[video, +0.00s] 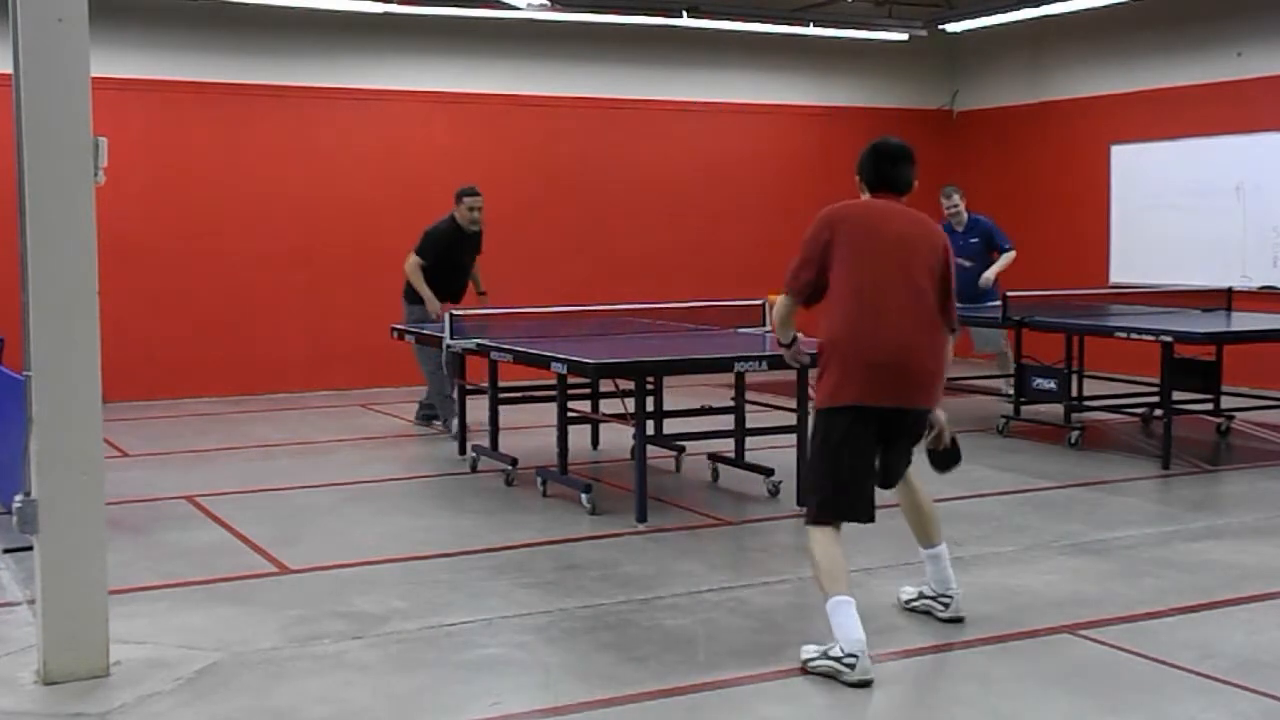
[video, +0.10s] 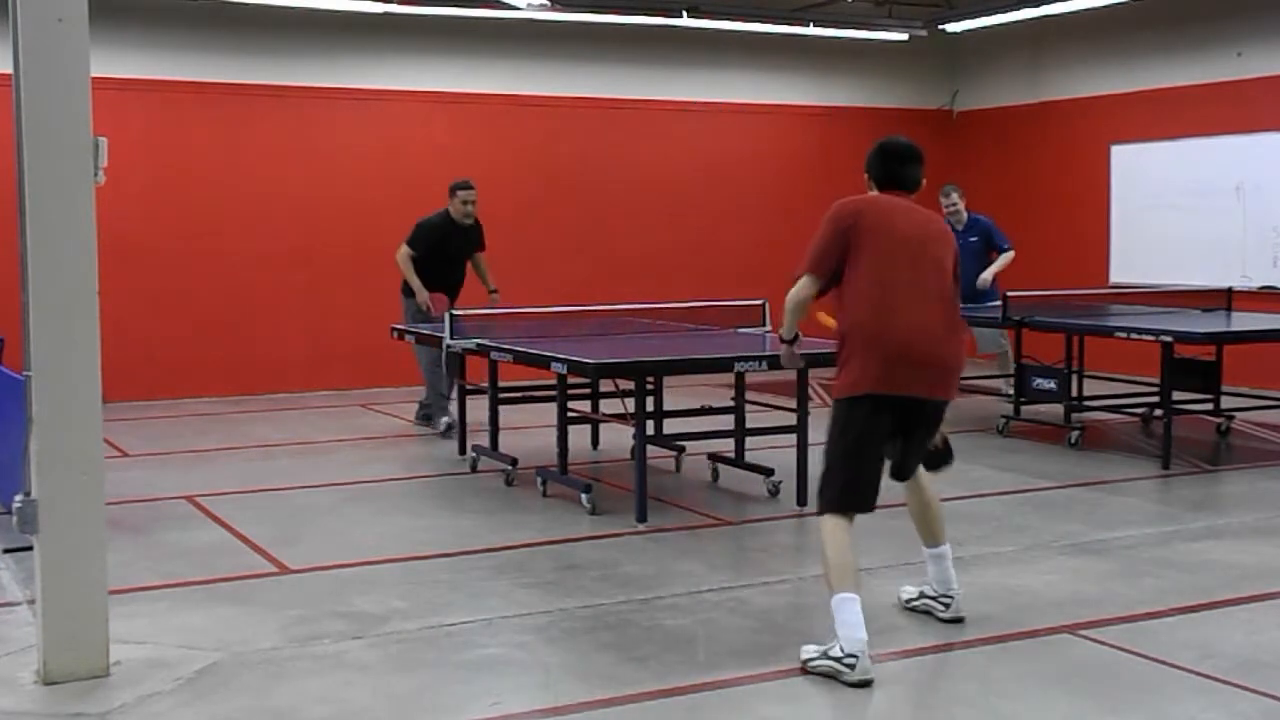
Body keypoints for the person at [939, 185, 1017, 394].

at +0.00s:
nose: (952, 211)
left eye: (955, 206)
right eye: (947, 208)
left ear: (964, 203)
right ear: (942, 209)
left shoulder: (982, 226)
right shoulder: (942, 232)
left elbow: (1009, 251)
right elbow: (935, 261)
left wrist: (993, 271)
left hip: (984, 301)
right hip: (954, 301)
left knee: (999, 346)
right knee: (943, 345)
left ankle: (1010, 385)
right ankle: (936, 388)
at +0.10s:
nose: (950, 210)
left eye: (954, 205)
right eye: (945, 206)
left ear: (963, 202)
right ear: (941, 208)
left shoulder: (981, 225)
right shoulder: (940, 230)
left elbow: (1008, 251)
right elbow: (932, 261)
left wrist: (990, 272)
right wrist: (941, 286)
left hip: (983, 301)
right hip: (952, 302)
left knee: (1000, 346)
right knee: (946, 348)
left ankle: (1009, 385)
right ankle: (942, 392)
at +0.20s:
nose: (952, 205)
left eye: (955, 200)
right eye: (947, 201)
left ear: (963, 199)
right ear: (941, 204)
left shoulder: (980, 224)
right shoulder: (940, 226)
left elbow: (1003, 251)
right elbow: (934, 255)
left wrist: (985, 270)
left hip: (981, 295)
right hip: (953, 296)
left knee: (997, 341)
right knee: (952, 341)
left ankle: (1007, 383)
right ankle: (951, 386)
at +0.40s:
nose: (963, 196)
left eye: (966, 192)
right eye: (958, 192)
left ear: (969, 193)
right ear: (947, 194)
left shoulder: (977, 222)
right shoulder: (943, 222)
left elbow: (989, 252)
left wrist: (981, 273)